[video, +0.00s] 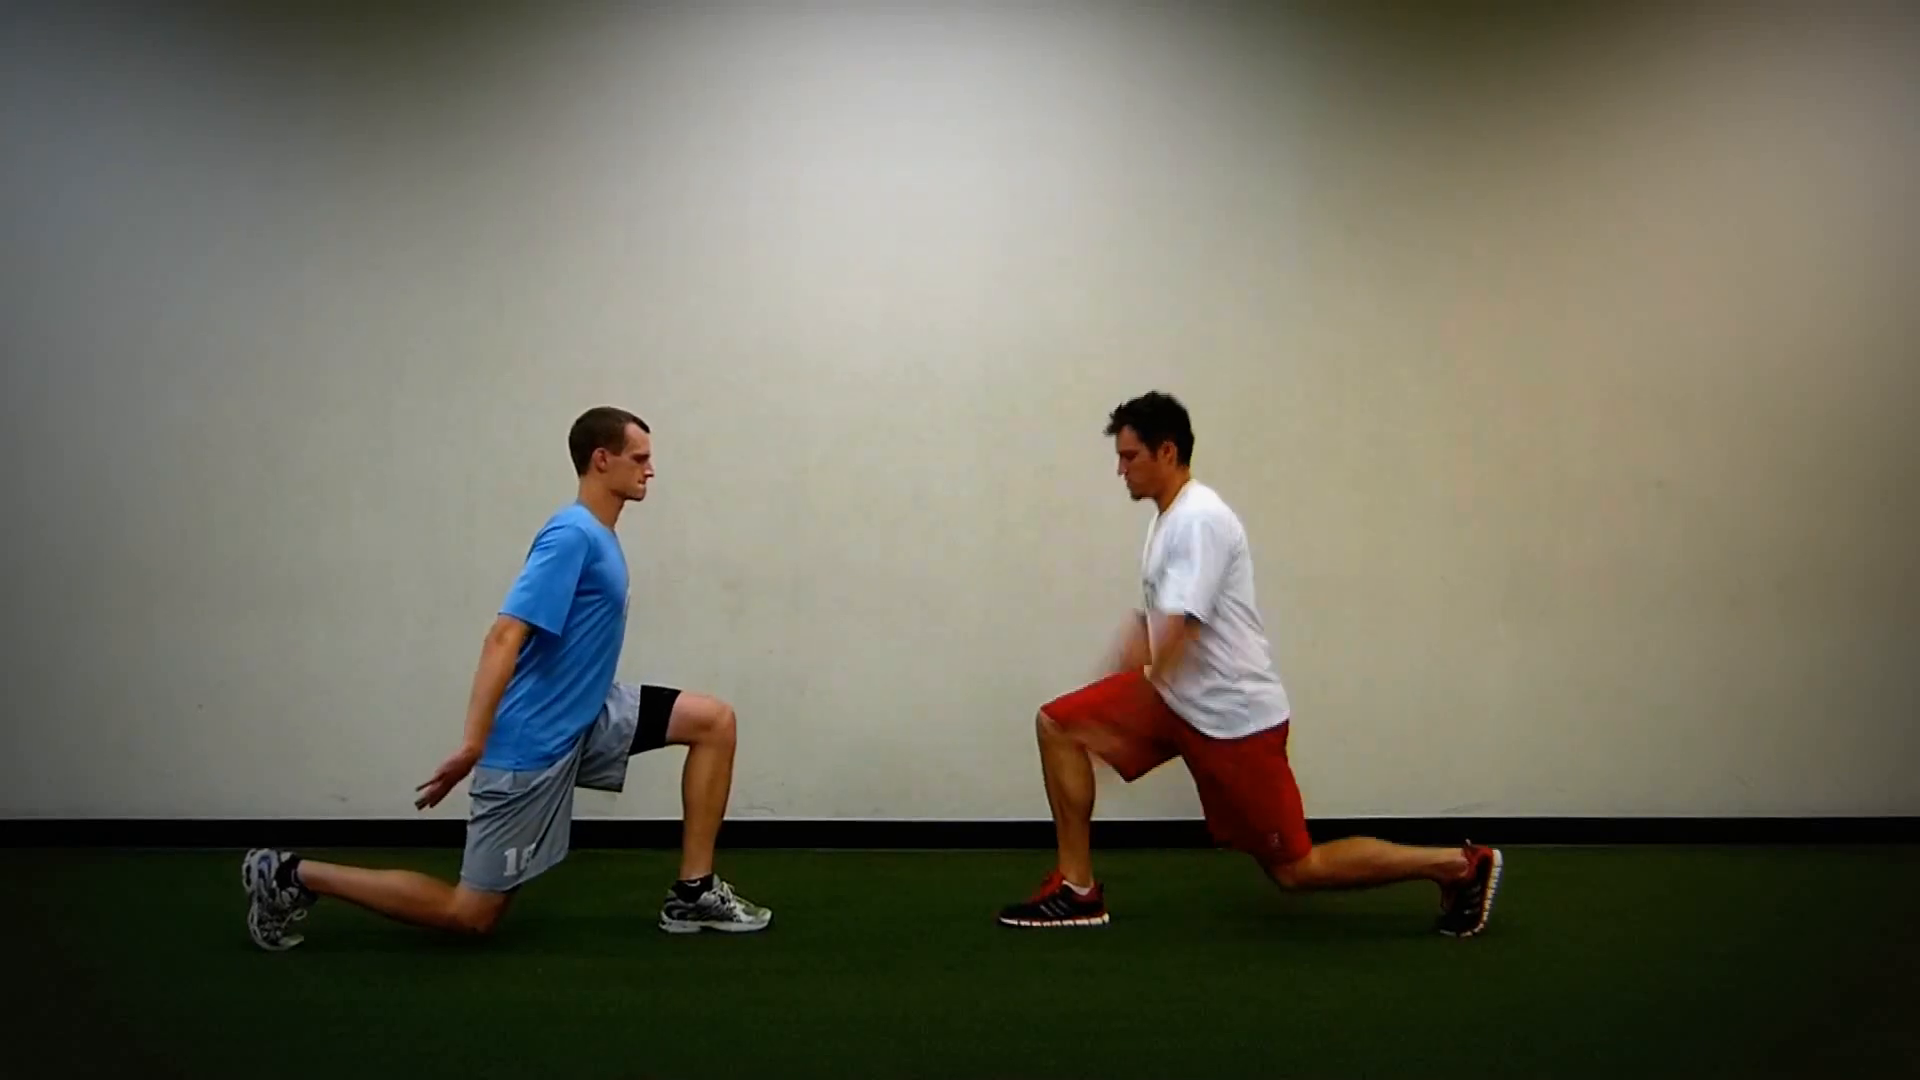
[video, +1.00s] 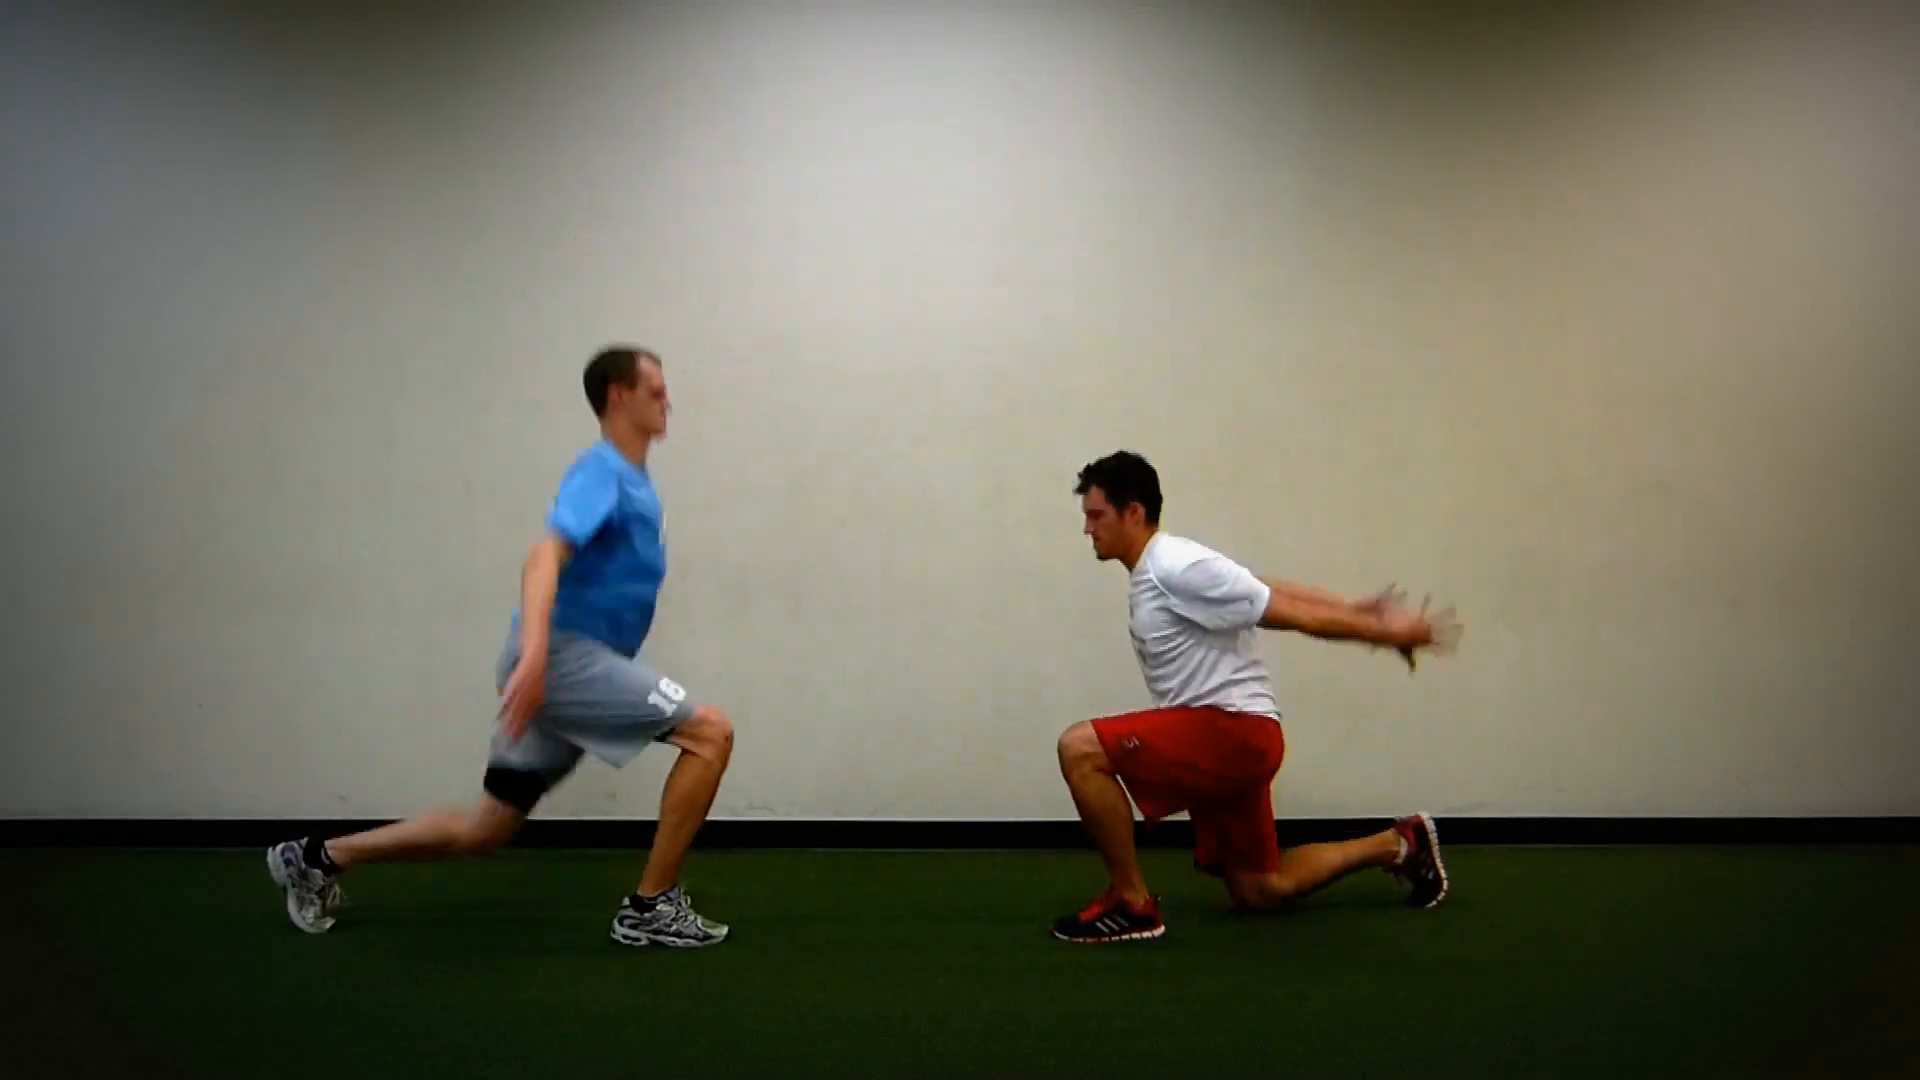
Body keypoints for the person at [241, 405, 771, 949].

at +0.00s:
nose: (650, 472)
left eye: (650, 460)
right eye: (640, 459)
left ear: (608, 464)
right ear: (600, 462)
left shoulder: (599, 537)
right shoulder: (571, 536)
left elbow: (554, 647)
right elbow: (505, 638)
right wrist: (474, 744)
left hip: (588, 711)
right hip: (530, 744)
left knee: (714, 723)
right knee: (474, 914)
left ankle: (696, 892)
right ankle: (292, 876)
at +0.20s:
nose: (636, 437)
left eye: (634, 426)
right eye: (624, 427)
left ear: (599, 437)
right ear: (585, 436)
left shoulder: (601, 514)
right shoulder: (564, 511)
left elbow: (622, 608)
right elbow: (570, 621)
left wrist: (686, 661)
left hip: (578, 700)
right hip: (519, 714)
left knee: (709, 723)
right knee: (460, 882)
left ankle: (696, 892)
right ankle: (277, 875)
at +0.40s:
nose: (635, 287)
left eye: (631, 277)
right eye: (624, 279)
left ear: (595, 289)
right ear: (588, 287)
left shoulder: (620, 347)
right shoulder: (584, 337)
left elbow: (692, 310)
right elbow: (674, 287)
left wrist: (707, 222)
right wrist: (706, 213)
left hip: (592, 576)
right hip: (535, 572)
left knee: (666, 705)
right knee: (445, 725)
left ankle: (694, 882)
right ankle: (309, 856)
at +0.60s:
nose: (640, 186)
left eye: (641, 175)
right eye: (631, 173)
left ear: (620, 181)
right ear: (594, 178)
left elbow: (683, 180)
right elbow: (648, 158)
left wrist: (718, 90)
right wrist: (696, 71)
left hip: (601, 467)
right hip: (550, 460)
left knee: (587, 642)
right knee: (552, 636)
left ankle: (498, 794)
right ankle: (445, 791)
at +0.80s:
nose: (645, 245)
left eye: (647, 233)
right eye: (636, 231)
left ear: (614, 228)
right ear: (597, 228)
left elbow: (683, 297)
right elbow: (594, 284)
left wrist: (738, 279)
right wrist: (691, 246)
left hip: (568, 505)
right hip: (564, 508)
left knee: (504, 672)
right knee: (631, 675)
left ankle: (365, 772)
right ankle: (635, 861)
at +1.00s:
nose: (667, 401)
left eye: (665, 390)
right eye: (657, 390)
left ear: (626, 398)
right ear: (618, 397)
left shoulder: (630, 477)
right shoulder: (601, 473)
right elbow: (545, 558)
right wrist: (535, 660)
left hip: (567, 661)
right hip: (561, 658)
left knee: (485, 829)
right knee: (709, 735)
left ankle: (319, 857)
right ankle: (652, 904)